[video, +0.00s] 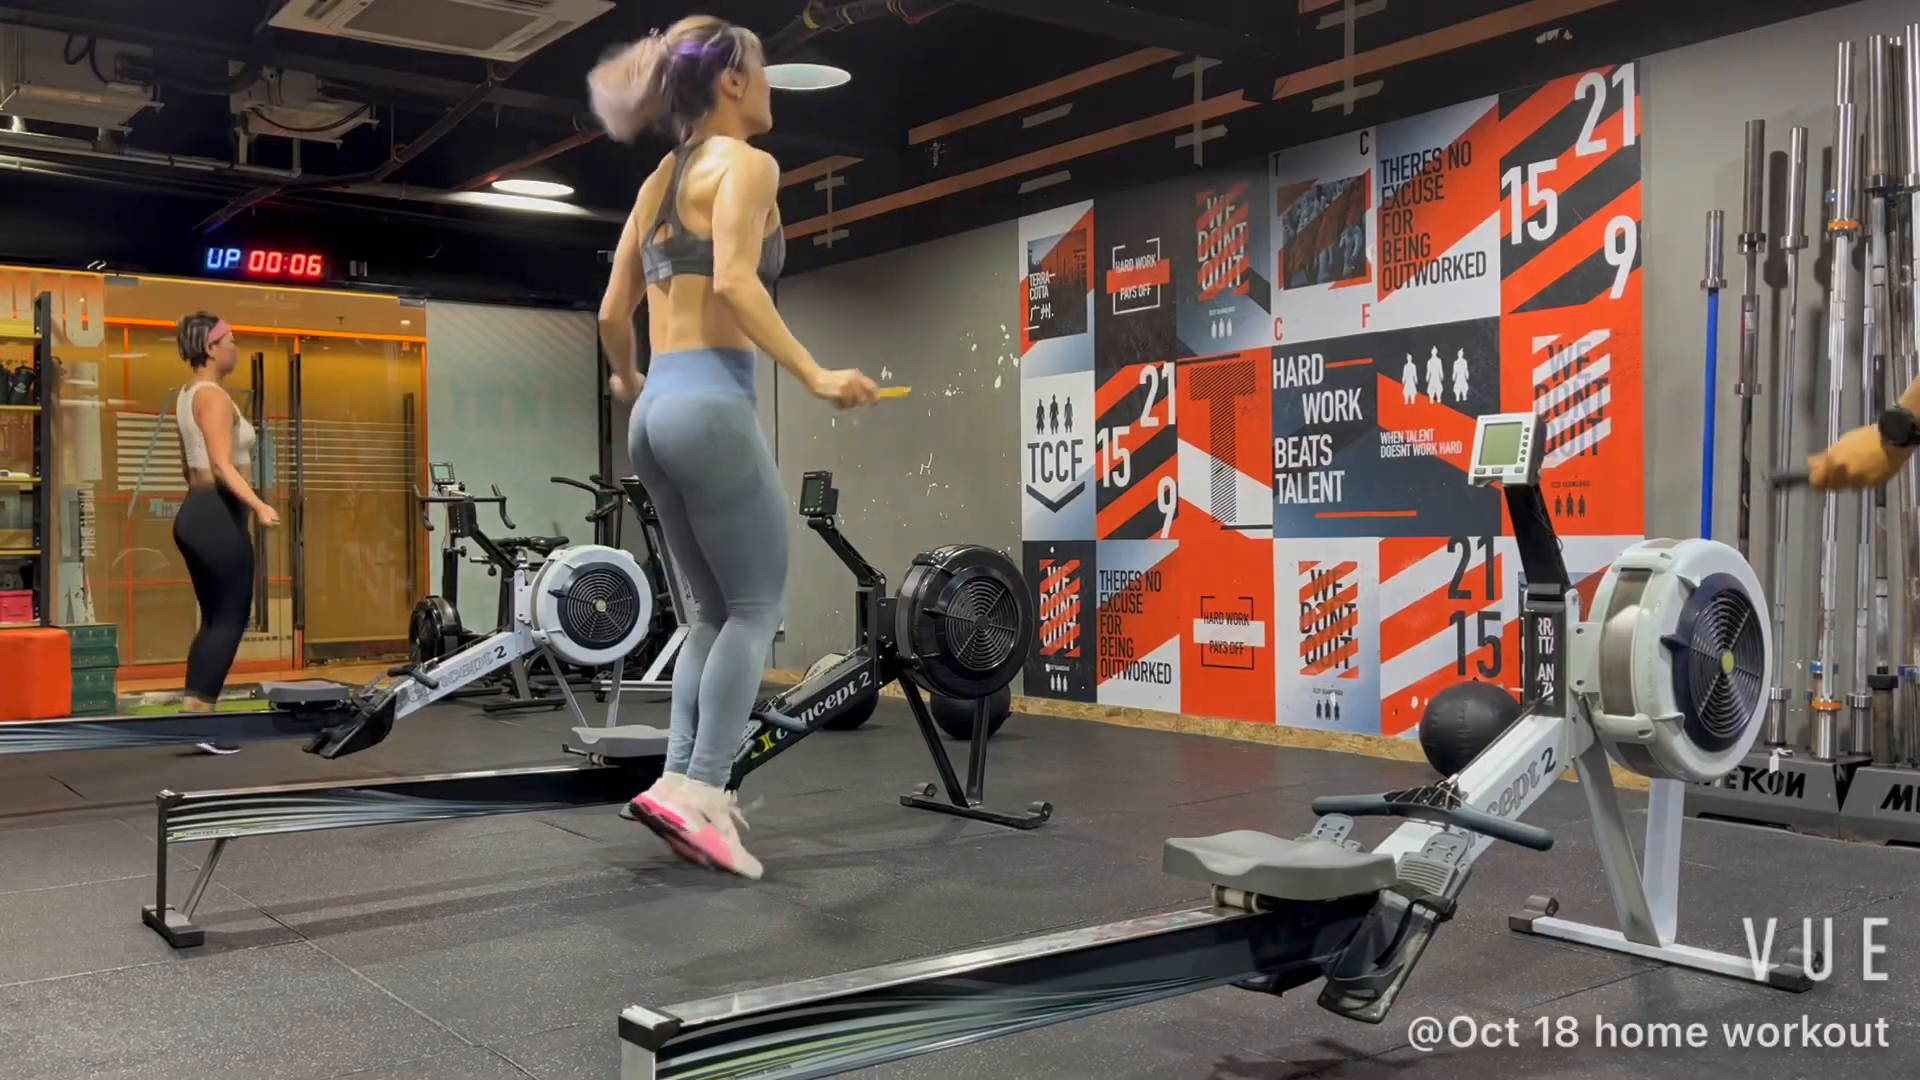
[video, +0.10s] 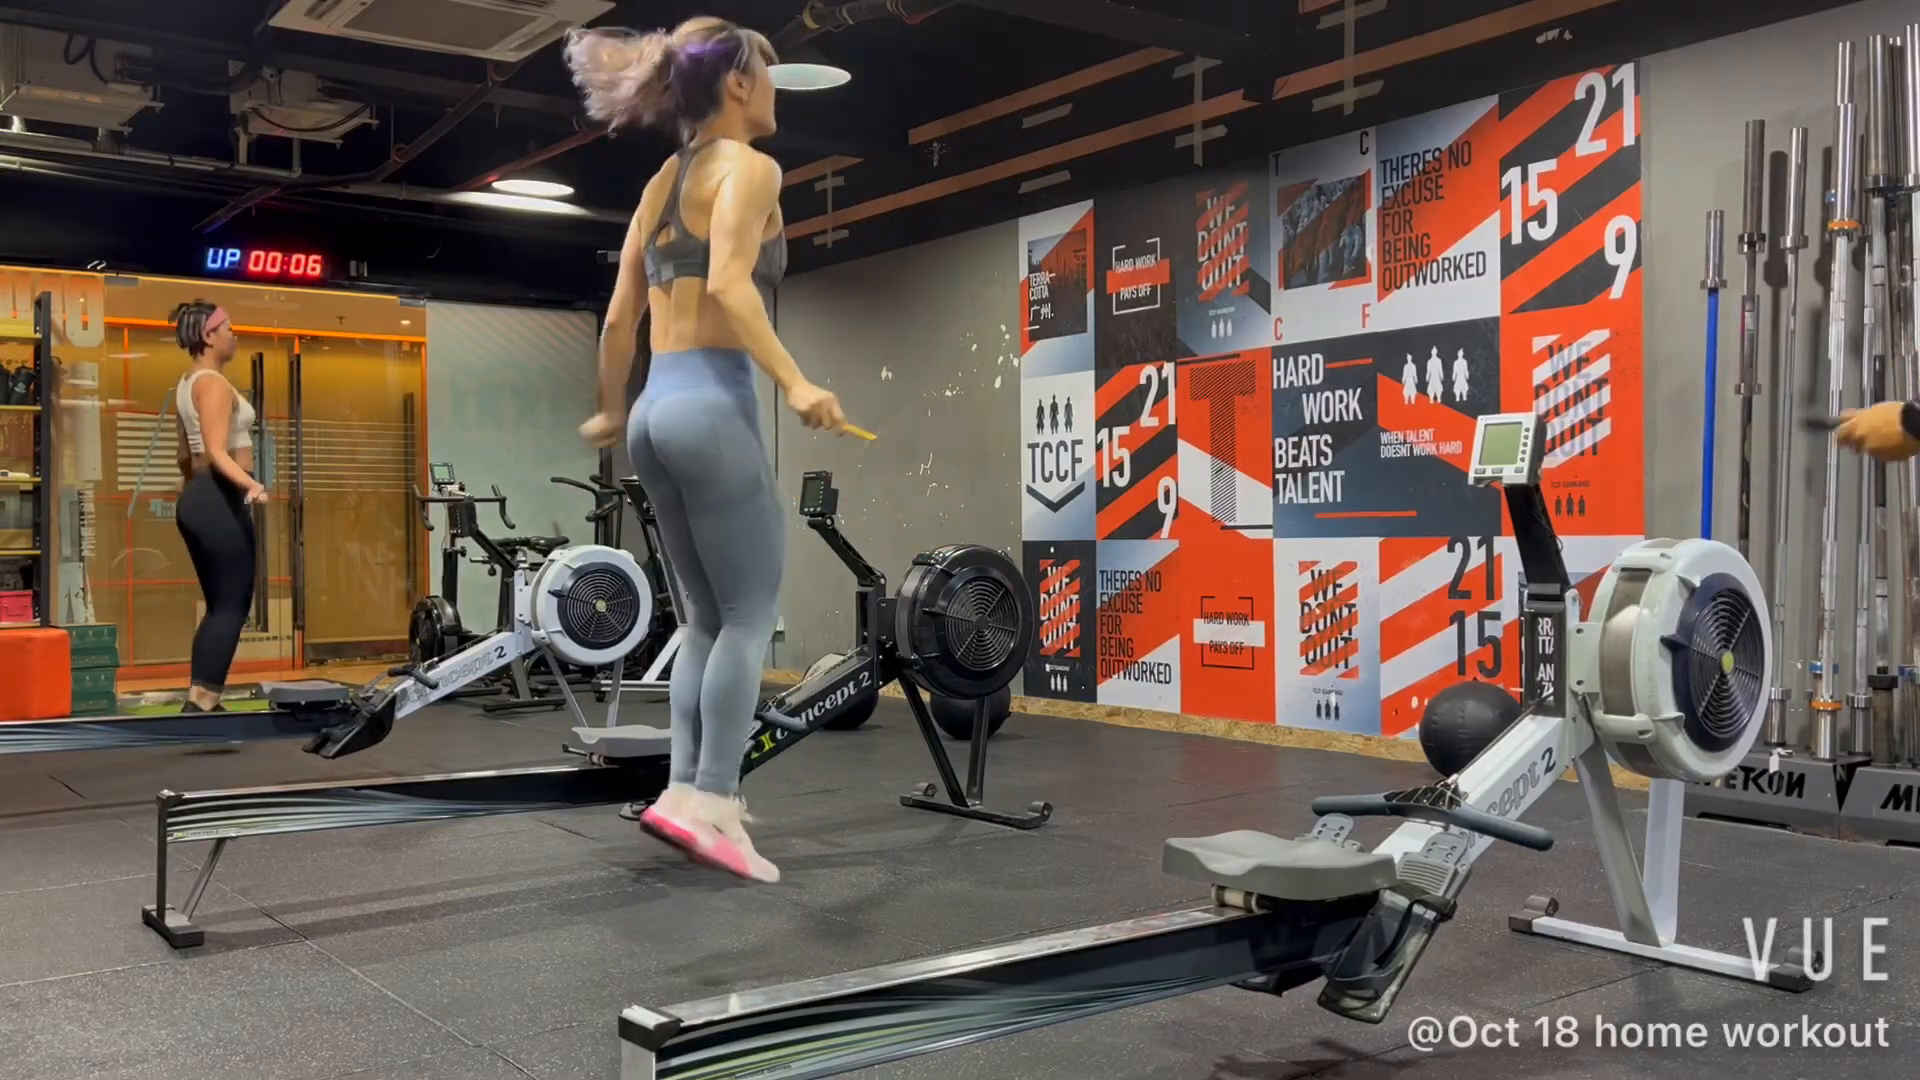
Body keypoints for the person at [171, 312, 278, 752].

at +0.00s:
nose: (236, 348)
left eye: (232, 340)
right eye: (229, 342)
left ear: (204, 350)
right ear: (210, 349)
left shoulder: (189, 395)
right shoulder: (212, 395)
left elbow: (196, 469)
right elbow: (221, 464)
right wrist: (259, 505)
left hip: (197, 512)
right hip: (216, 513)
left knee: (215, 617)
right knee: (232, 617)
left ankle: (196, 708)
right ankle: (200, 710)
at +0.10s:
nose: (234, 333)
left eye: (230, 327)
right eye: (227, 328)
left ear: (203, 338)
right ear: (209, 337)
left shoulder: (187, 386)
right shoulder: (213, 384)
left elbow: (186, 460)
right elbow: (215, 451)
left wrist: (209, 496)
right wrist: (250, 483)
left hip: (197, 496)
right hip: (216, 495)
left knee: (220, 605)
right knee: (232, 602)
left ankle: (202, 695)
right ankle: (204, 696)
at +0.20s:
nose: (236, 348)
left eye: (233, 339)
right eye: (231, 340)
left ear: (203, 348)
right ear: (212, 346)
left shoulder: (188, 396)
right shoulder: (213, 394)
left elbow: (193, 470)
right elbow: (219, 465)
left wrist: (243, 485)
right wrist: (264, 483)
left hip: (200, 512)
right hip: (219, 512)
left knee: (225, 615)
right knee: (241, 614)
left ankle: (205, 709)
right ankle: (209, 711)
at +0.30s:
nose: (237, 364)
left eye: (235, 356)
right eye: (231, 358)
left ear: (205, 365)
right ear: (214, 364)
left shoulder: (191, 411)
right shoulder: (214, 412)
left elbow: (205, 483)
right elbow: (225, 482)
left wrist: (252, 503)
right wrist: (276, 503)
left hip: (199, 526)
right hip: (219, 527)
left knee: (229, 629)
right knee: (246, 627)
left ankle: (203, 713)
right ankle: (206, 715)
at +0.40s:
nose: (234, 341)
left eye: (230, 334)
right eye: (227, 336)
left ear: (202, 346)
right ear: (209, 344)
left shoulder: (188, 391)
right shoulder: (212, 390)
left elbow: (189, 465)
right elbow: (219, 459)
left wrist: (226, 498)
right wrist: (251, 498)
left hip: (198, 502)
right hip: (217, 503)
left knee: (216, 613)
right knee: (228, 613)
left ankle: (205, 707)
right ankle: (211, 711)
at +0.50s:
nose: (232, 337)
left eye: (228, 330)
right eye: (225, 331)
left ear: (200, 340)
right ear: (208, 339)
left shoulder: (186, 387)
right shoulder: (210, 385)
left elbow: (181, 461)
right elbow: (212, 454)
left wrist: (199, 495)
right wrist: (247, 483)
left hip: (194, 496)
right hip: (212, 495)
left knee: (218, 606)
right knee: (230, 604)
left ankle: (191, 697)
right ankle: (193, 699)